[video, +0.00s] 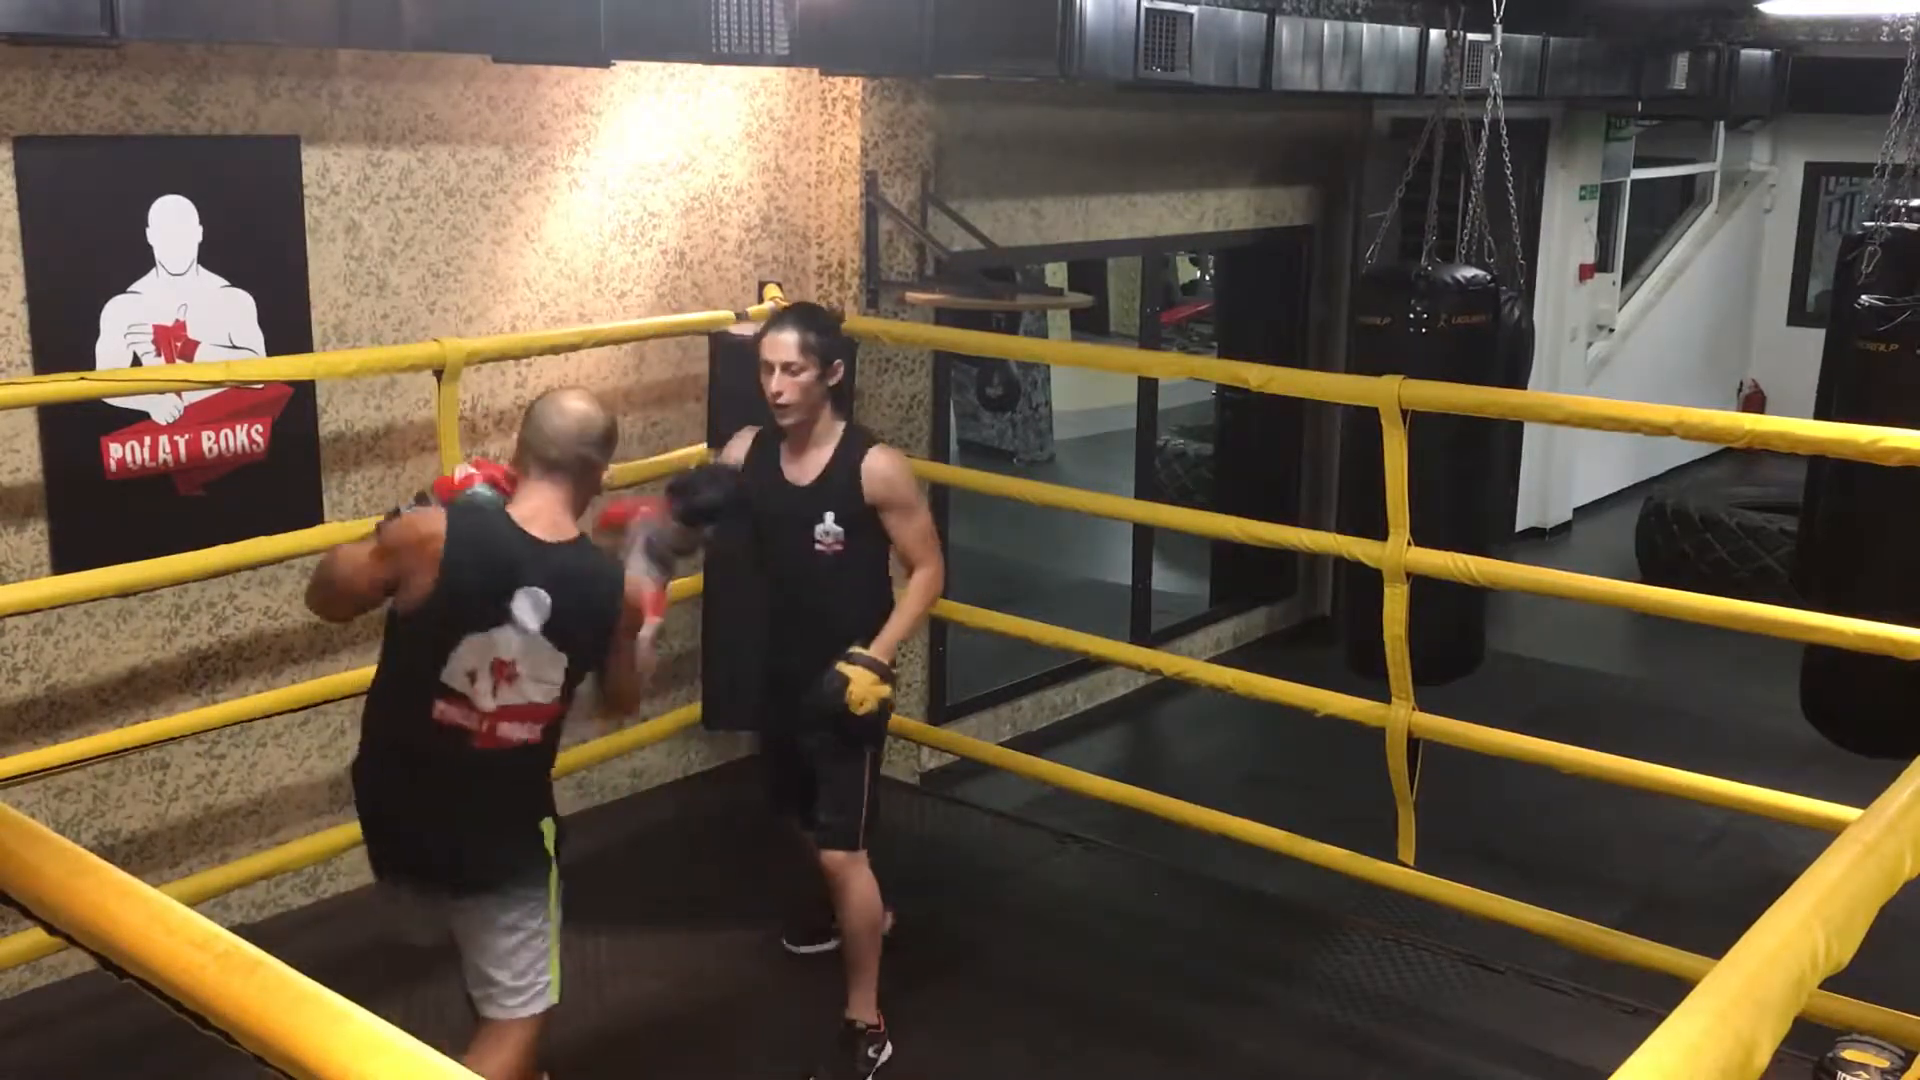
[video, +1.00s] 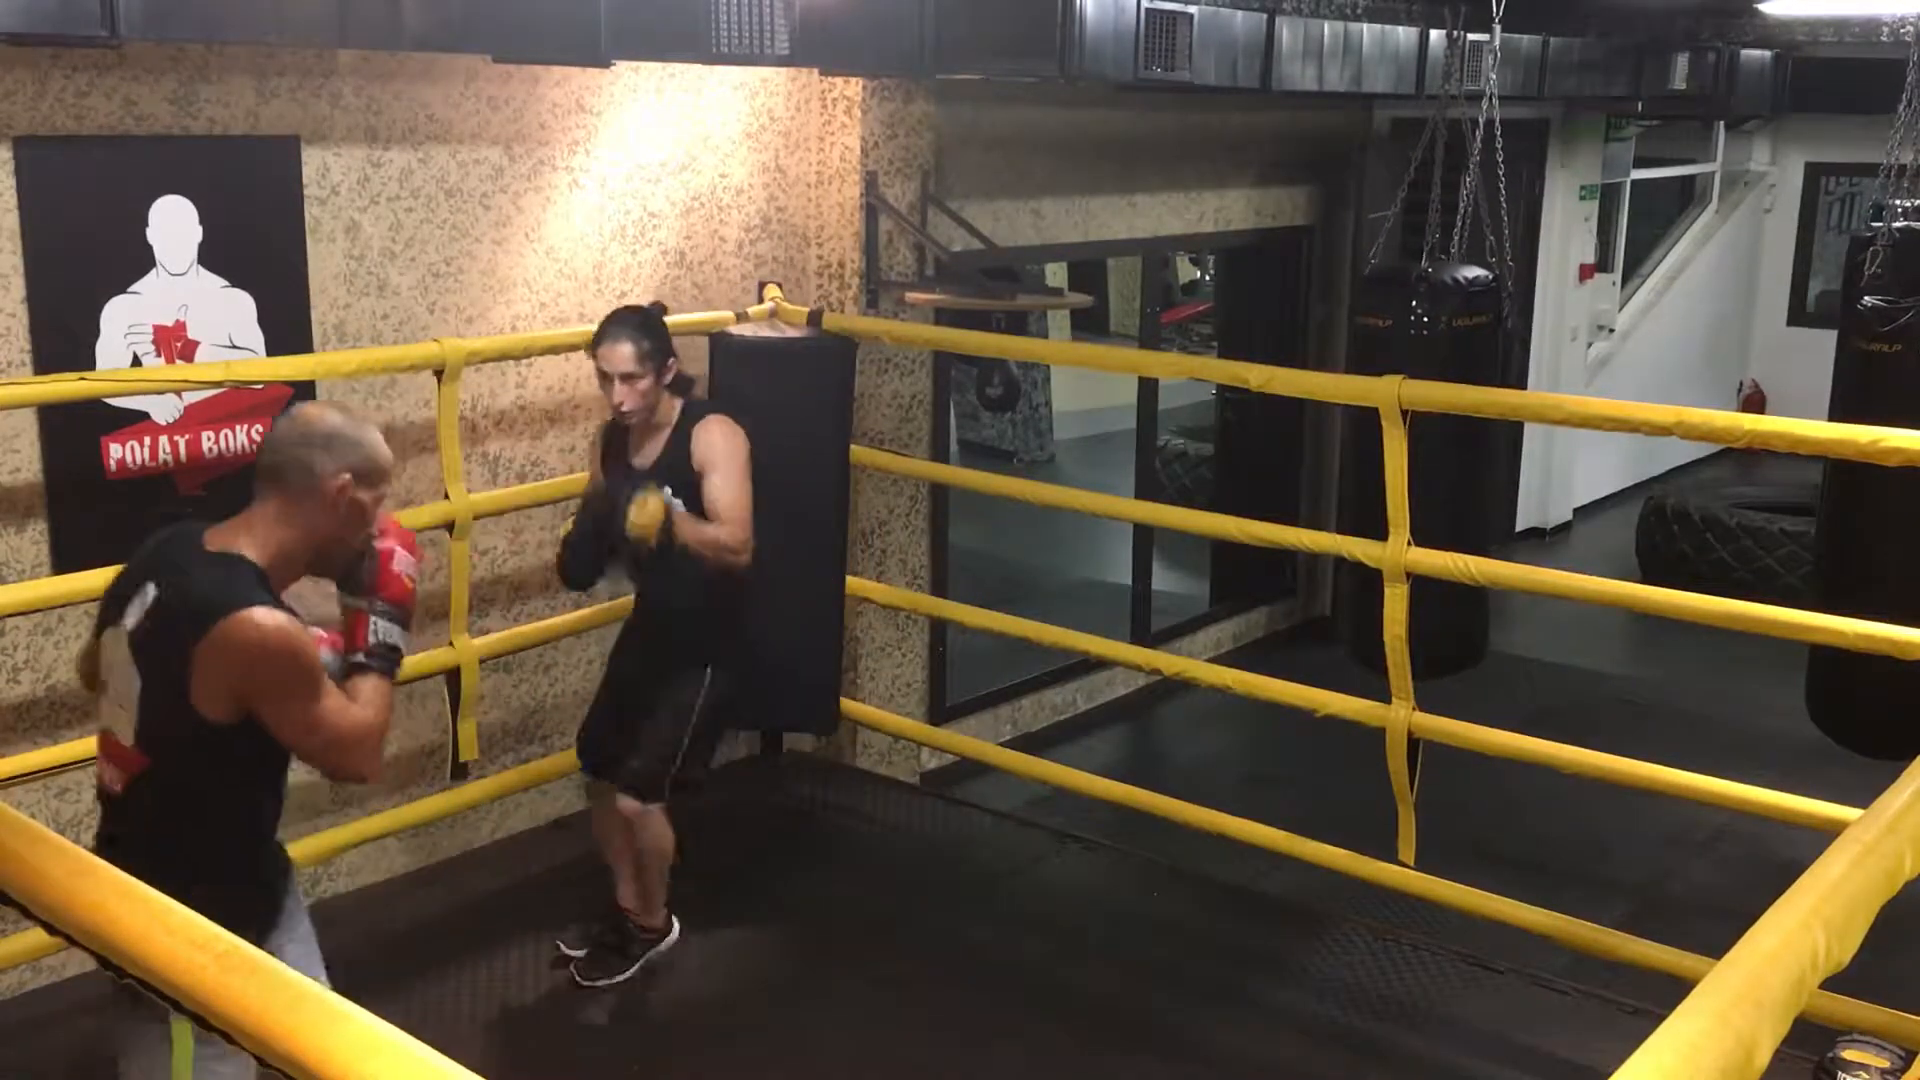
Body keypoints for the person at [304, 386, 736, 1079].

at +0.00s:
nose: (605, 476)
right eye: (605, 463)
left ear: (518, 452)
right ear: (598, 474)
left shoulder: (430, 533)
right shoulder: (605, 587)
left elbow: (328, 593)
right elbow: (621, 698)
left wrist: (426, 512)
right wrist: (641, 615)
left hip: (397, 798)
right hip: (500, 817)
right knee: (512, 1014)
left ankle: (518, 1067)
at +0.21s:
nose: (591, 519)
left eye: (594, 507)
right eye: (595, 508)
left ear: (512, 476)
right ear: (581, 510)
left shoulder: (424, 526)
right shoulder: (492, 617)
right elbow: (569, 735)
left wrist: (574, 561)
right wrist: (629, 630)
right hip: (430, 828)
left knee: (531, 901)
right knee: (523, 1037)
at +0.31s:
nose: (564, 531)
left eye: (566, 518)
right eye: (565, 517)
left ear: (476, 488)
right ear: (540, 515)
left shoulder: (412, 532)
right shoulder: (435, 613)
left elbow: (484, 556)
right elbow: (555, 720)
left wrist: (562, 559)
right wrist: (616, 605)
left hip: (440, 805)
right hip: (395, 849)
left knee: (522, 924)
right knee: (450, 1049)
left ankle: (529, 1067)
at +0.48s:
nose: (517, 482)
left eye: (517, 464)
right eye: (515, 464)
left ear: (421, 445)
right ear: (484, 464)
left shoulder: (360, 507)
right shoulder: (373, 566)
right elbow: (497, 685)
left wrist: (524, 519)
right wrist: (554, 563)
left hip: (401, 785)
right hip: (349, 827)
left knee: (481, 938)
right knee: (402, 1048)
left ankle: (484, 1069)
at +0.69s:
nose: (446, 489)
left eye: (446, 474)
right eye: (445, 473)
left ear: (389, 469)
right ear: (413, 477)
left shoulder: (354, 535)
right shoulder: (273, 586)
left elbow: (445, 524)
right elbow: (405, 714)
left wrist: (514, 490)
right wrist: (471, 596)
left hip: (365, 823)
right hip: (284, 860)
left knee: (424, 997)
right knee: (322, 1046)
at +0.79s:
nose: (416, 520)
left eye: (419, 503)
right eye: (417, 503)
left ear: (320, 487)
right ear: (389, 507)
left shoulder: (297, 577)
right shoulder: (258, 626)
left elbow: (375, 595)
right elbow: (374, 763)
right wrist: (443, 637)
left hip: (341, 877)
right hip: (260, 913)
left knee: (390, 1020)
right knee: (286, 1064)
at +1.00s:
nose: (378, 525)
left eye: (382, 507)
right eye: (377, 505)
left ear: (274, 480)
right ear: (340, 494)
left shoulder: (171, 550)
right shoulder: (260, 634)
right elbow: (357, 755)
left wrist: (308, 652)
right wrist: (383, 619)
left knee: (319, 1058)